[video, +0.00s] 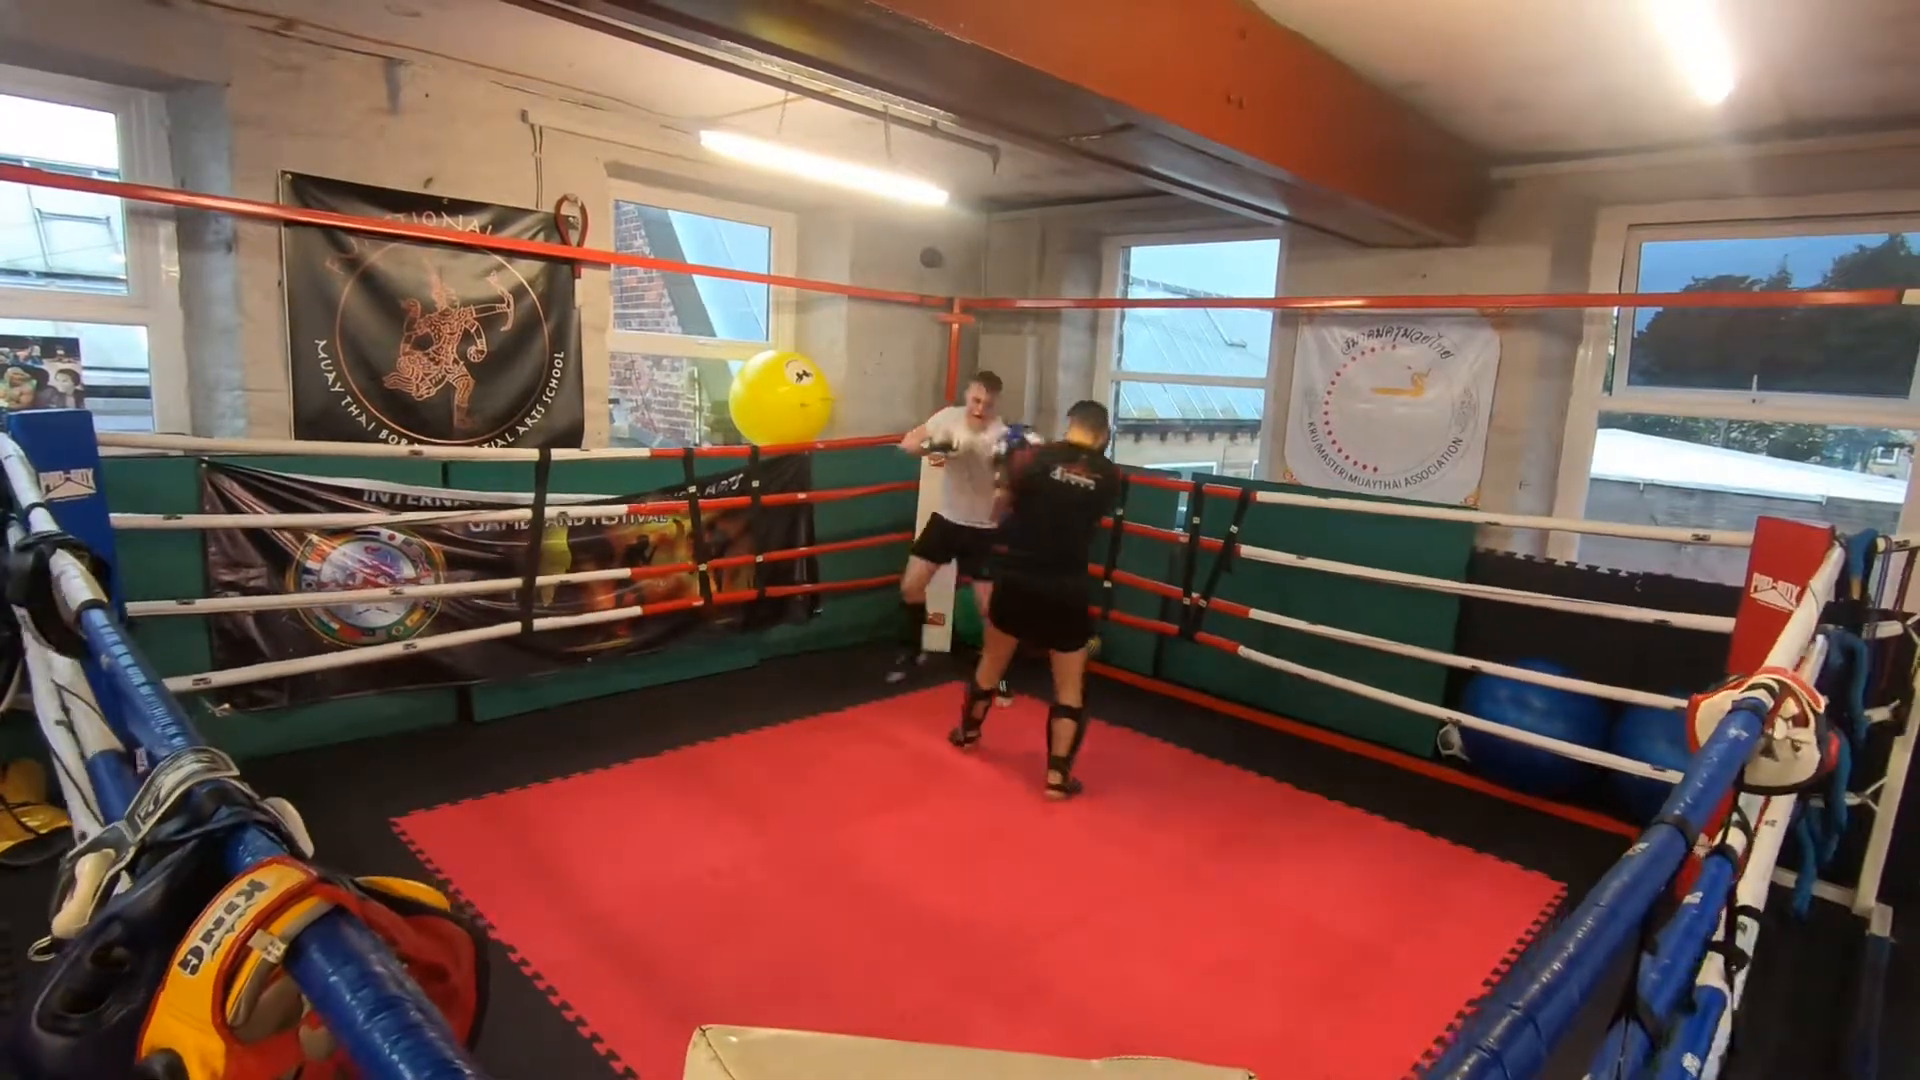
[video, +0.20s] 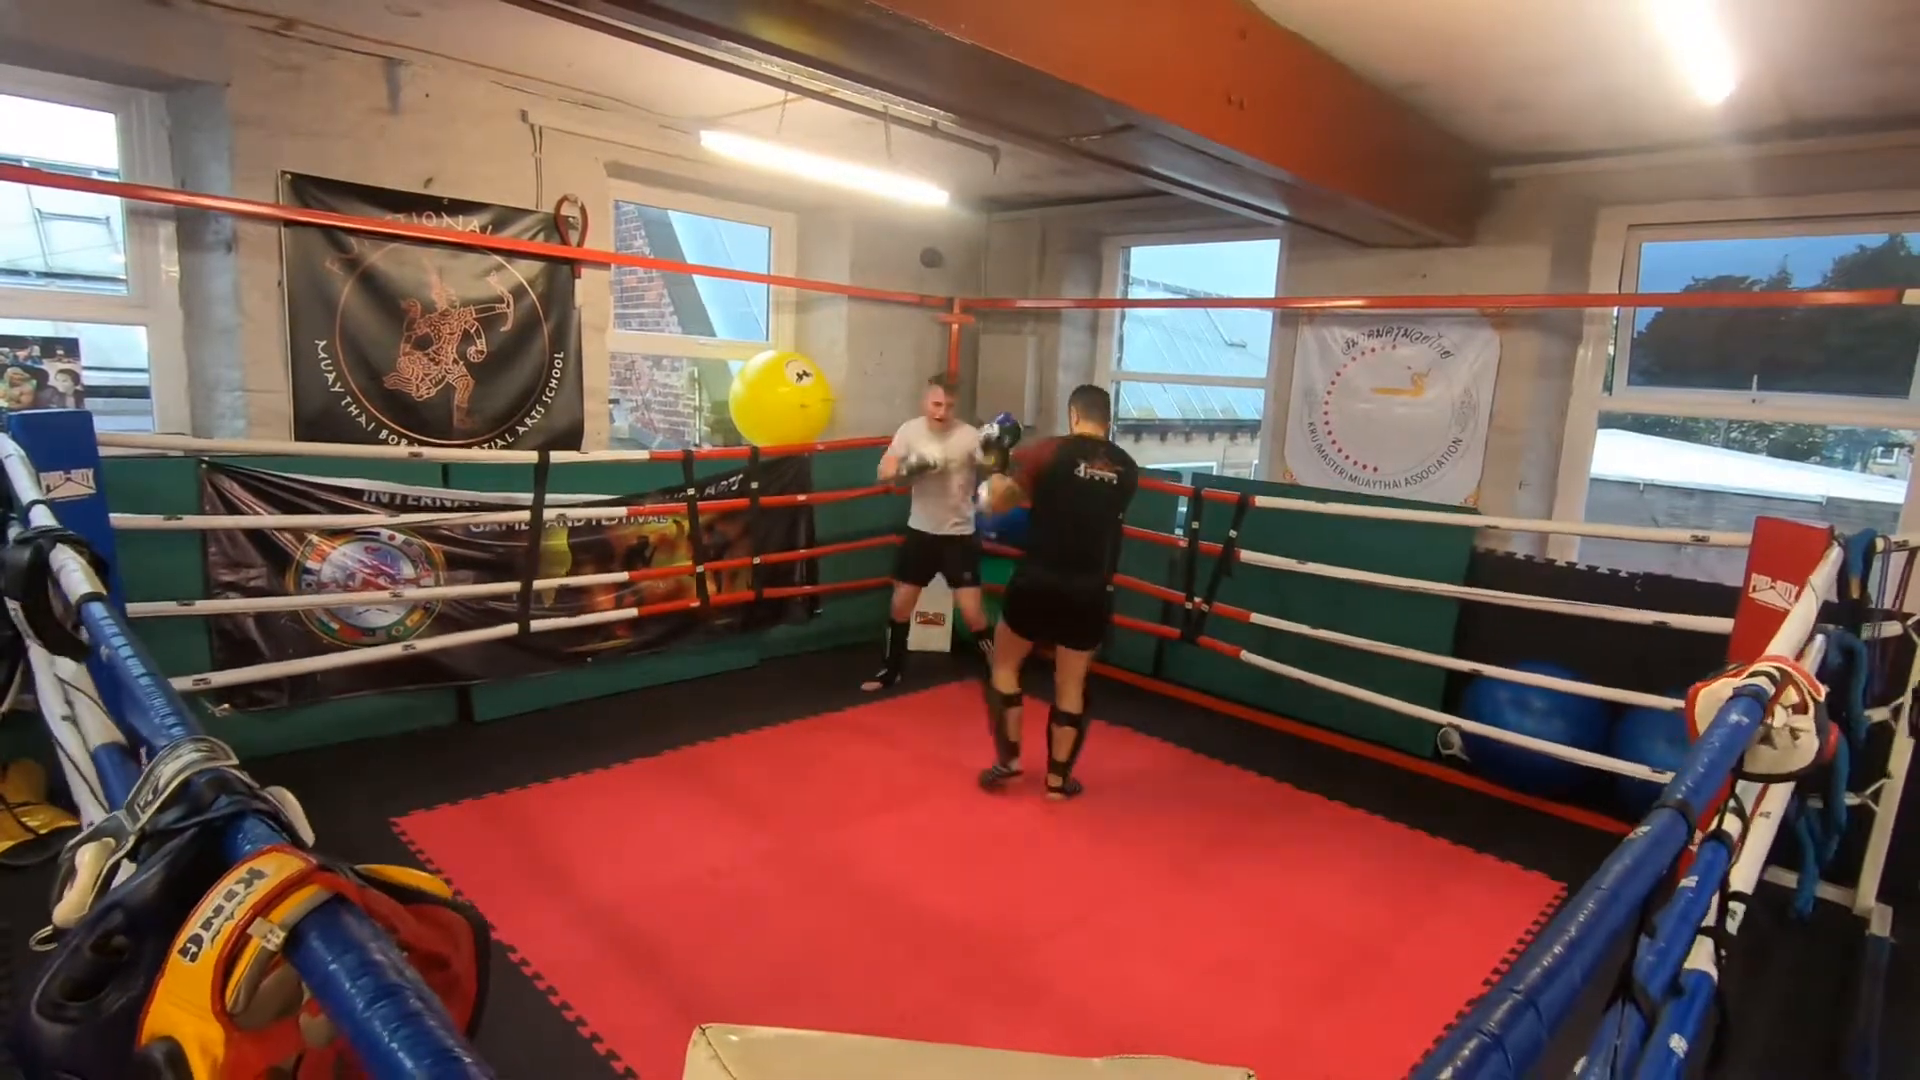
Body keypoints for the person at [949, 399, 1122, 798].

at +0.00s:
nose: (1089, 439)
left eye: (1078, 427)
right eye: (1103, 435)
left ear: (1068, 425)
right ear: (1104, 436)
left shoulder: (1032, 460)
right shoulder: (1109, 478)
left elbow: (1003, 508)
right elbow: (1093, 515)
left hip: (1016, 582)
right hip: (1067, 593)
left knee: (992, 661)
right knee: (1068, 686)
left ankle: (968, 731)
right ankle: (1057, 776)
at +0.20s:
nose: (1071, 423)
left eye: (1071, 417)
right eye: (1080, 419)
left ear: (1073, 417)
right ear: (1109, 420)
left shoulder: (1047, 454)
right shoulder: (1126, 469)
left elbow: (998, 500)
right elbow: (1087, 498)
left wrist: (996, 463)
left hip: (1037, 587)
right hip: (1088, 595)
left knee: (1006, 663)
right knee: (1071, 684)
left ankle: (1009, 759)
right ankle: (1057, 779)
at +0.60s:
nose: (1058, 429)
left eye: (1058, 422)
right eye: (1060, 423)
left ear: (1066, 421)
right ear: (1099, 419)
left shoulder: (1056, 460)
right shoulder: (1129, 464)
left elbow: (1025, 528)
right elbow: (1103, 519)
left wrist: (1003, 511)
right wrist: (1038, 505)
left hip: (1062, 595)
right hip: (1109, 596)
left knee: (1047, 697)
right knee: (1102, 682)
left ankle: (1054, 801)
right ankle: (1118, 780)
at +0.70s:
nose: (1059, 441)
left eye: (1058, 436)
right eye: (1060, 436)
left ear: (1067, 432)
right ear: (1098, 430)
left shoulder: (1066, 470)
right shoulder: (1125, 472)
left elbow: (1042, 540)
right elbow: (1097, 521)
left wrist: (1000, 531)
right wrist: (1056, 478)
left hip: (1070, 607)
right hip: (1118, 607)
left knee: (1011, 688)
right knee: (1126, 700)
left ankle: (1032, 787)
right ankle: (1180, 791)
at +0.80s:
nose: (1031, 463)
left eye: (1032, 456)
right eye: (1032, 456)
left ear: (1040, 457)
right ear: (1070, 452)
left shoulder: (1063, 492)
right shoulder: (1100, 490)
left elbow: (1078, 552)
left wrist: (1027, 582)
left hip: (1079, 632)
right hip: (1123, 630)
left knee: (994, 684)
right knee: (1146, 716)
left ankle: (990, 779)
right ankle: (1199, 813)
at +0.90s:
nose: (994, 457)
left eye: (995, 450)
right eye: (995, 450)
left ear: (1005, 451)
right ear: (1030, 448)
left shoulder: (1035, 489)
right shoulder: (1045, 479)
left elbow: (1078, 538)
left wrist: (1037, 593)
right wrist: (987, 431)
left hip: (1066, 618)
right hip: (1103, 613)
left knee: (993, 686)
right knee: (1138, 703)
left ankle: (988, 781)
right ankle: (1191, 798)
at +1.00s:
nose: (966, 439)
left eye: (969, 432)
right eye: (967, 432)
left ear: (984, 434)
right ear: (1003, 431)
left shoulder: (1011, 472)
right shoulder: (1016, 461)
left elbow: (1054, 526)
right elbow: (962, 449)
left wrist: (1014, 575)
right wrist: (914, 443)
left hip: (1040, 599)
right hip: (1073, 592)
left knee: (992, 685)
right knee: (1114, 682)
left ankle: (987, 781)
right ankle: (1167, 772)